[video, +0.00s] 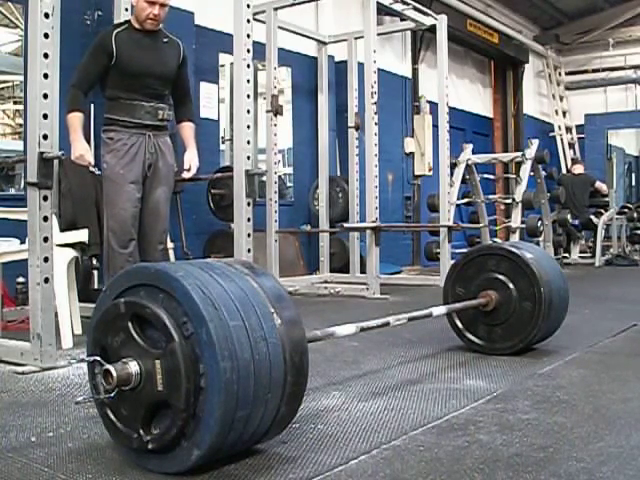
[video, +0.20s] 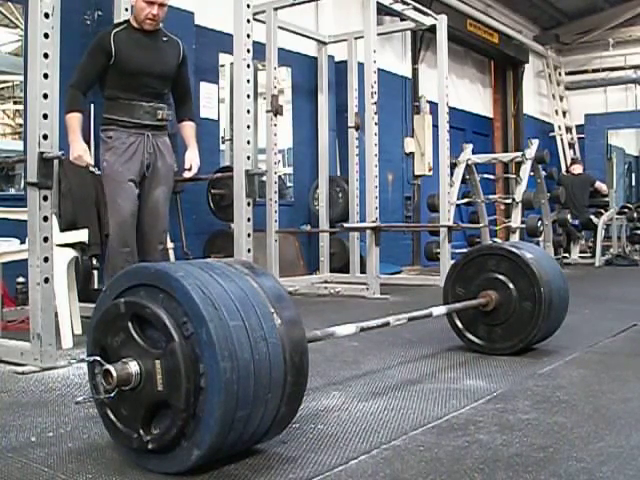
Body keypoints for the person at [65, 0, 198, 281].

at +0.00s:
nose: (156, 11)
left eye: (162, 6)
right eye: (149, 4)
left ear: (167, 9)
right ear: (134, 3)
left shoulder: (175, 48)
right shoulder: (112, 39)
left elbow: (183, 103)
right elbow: (77, 91)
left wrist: (191, 148)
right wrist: (77, 141)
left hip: (162, 143)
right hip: (122, 141)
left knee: (157, 232)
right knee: (122, 230)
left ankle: (159, 305)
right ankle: (121, 306)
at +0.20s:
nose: (154, 11)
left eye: (161, 6)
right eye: (148, 4)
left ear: (167, 9)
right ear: (133, 3)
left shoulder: (175, 48)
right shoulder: (110, 40)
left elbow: (184, 102)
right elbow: (75, 91)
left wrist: (192, 147)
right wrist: (75, 141)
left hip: (161, 141)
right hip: (120, 139)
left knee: (156, 227)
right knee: (122, 224)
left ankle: (157, 302)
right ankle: (119, 302)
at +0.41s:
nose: (151, 9)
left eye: (158, 3)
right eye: (145, 1)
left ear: (163, 7)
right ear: (130, 3)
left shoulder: (172, 45)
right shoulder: (106, 38)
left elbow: (182, 98)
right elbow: (73, 90)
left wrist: (192, 145)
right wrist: (72, 142)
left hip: (160, 141)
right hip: (118, 139)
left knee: (153, 233)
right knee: (118, 229)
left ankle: (152, 312)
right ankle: (113, 313)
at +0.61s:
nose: (145, 5)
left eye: (151, 0)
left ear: (157, 4)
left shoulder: (167, 40)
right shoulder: (101, 34)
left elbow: (178, 96)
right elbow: (66, 88)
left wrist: (189, 143)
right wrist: (68, 141)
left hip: (155, 140)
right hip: (113, 138)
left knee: (152, 230)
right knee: (117, 228)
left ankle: (153, 310)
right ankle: (112, 313)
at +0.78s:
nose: (138, 1)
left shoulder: (163, 33)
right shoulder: (95, 25)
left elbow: (175, 88)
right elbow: (58, 77)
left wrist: (186, 136)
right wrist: (59, 132)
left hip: (152, 136)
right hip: (107, 134)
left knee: (151, 231)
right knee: (110, 229)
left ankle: (154, 314)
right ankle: (110, 317)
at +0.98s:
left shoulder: (162, 24)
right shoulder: (92, 19)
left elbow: (174, 80)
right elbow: (53, 73)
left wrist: (188, 129)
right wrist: (59, 130)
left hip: (154, 135)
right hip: (106, 133)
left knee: (161, 231)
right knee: (108, 233)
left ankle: (151, 316)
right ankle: (107, 321)